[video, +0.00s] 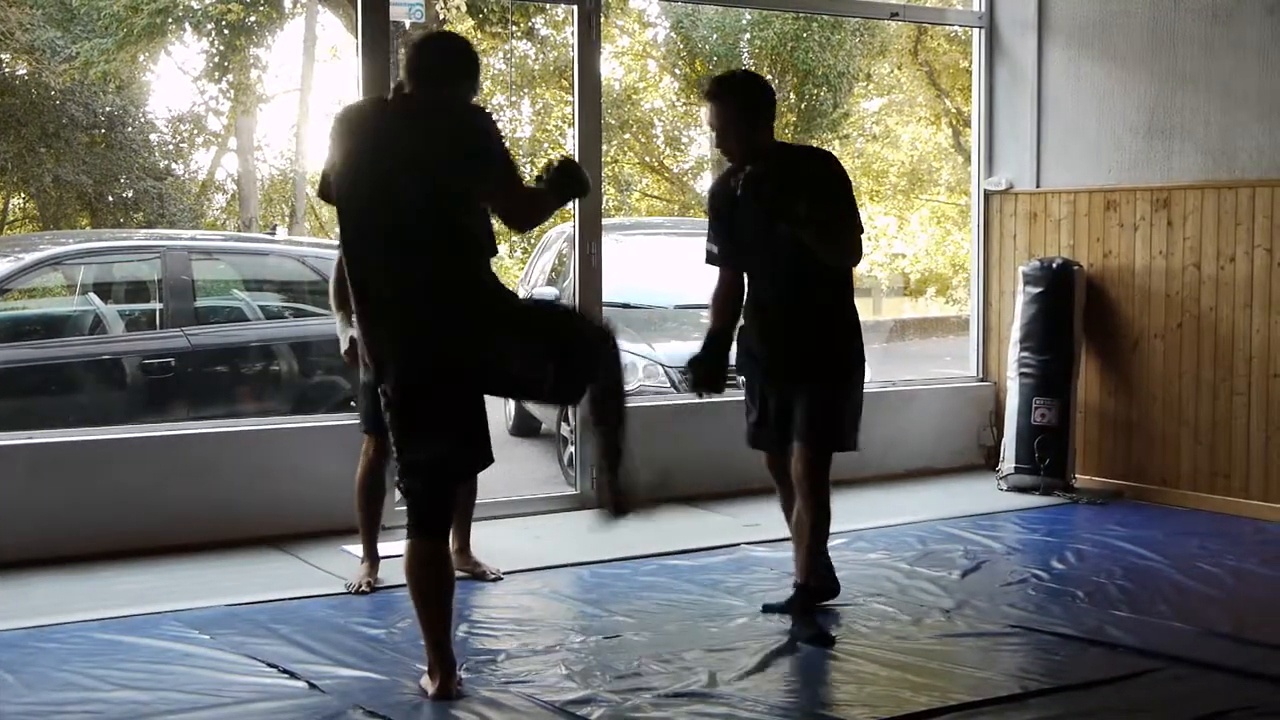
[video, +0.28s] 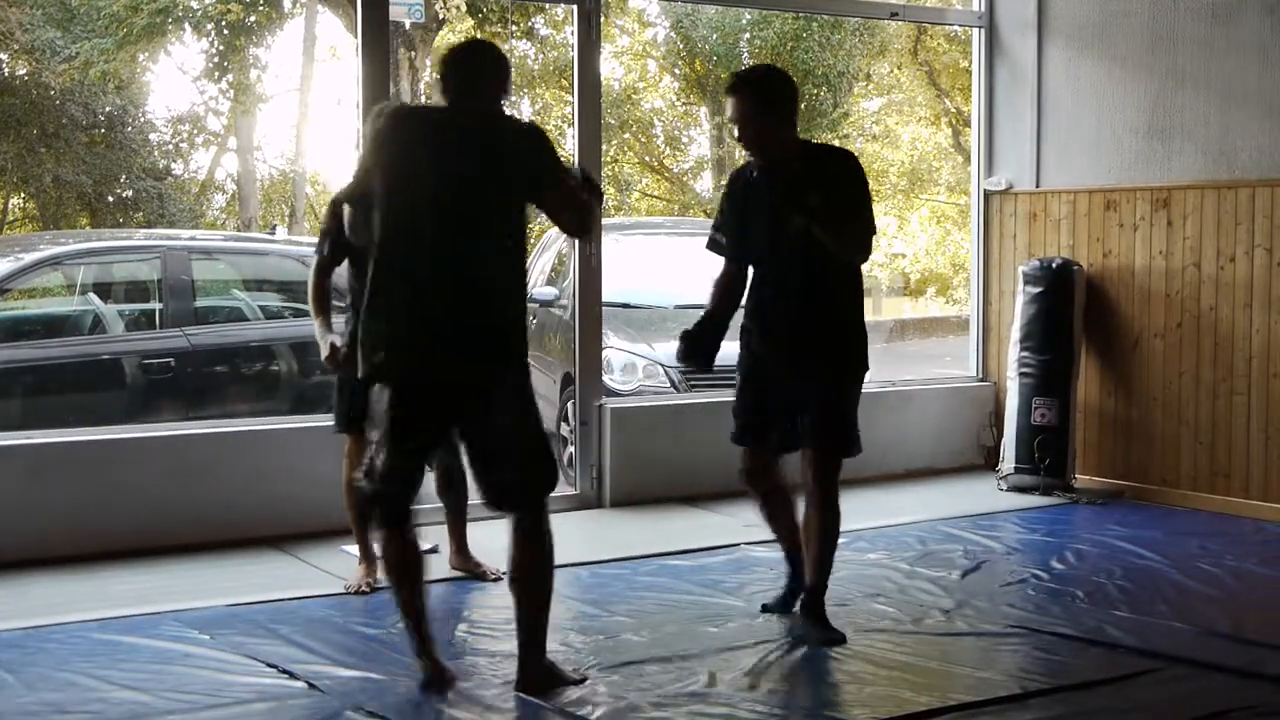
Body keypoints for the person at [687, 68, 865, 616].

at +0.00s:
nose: (713, 136)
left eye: (721, 123)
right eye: (711, 124)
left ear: (755, 119)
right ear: (732, 125)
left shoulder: (818, 168)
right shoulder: (728, 189)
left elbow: (848, 252)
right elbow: (730, 279)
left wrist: (783, 205)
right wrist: (713, 350)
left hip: (825, 334)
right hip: (765, 338)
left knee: (809, 464)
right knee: (781, 465)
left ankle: (805, 596)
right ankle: (818, 572)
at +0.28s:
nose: (738, 132)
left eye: (746, 120)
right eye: (734, 121)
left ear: (782, 115)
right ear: (741, 120)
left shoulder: (838, 168)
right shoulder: (747, 183)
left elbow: (857, 251)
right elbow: (733, 272)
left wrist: (807, 207)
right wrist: (708, 331)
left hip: (831, 343)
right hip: (766, 344)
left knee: (821, 478)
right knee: (758, 468)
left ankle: (814, 603)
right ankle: (798, 567)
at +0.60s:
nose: (740, 134)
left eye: (748, 121)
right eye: (738, 122)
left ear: (787, 115)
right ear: (758, 119)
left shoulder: (843, 172)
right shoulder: (750, 178)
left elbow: (875, 259)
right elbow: (745, 260)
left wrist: (810, 217)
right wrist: (715, 296)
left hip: (822, 350)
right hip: (754, 346)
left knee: (814, 483)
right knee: (708, 466)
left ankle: (812, 607)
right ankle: (683, 609)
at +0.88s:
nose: (730, 133)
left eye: (738, 121)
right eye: (727, 121)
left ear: (774, 115)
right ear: (746, 119)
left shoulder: (833, 176)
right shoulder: (737, 180)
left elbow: (858, 266)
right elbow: (710, 266)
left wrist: (798, 215)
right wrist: (674, 310)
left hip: (808, 349)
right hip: (737, 347)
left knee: (804, 480)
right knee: (696, 467)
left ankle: (811, 609)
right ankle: (678, 615)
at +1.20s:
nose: (712, 137)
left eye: (720, 124)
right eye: (710, 125)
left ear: (754, 119)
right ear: (731, 124)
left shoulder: (817, 176)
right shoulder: (729, 183)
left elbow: (834, 265)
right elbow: (719, 270)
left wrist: (781, 202)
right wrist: (680, 314)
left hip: (798, 347)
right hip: (731, 344)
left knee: (799, 478)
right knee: (669, 459)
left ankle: (811, 606)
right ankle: (674, 603)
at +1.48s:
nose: (672, 138)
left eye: (679, 125)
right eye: (670, 125)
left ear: (715, 118)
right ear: (692, 121)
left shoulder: (777, 172)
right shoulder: (695, 184)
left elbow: (795, 263)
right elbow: (689, 268)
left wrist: (737, 211)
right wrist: (642, 313)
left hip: (759, 353)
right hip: (696, 351)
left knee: (767, 481)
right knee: (665, 473)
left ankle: (805, 599)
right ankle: (676, 615)